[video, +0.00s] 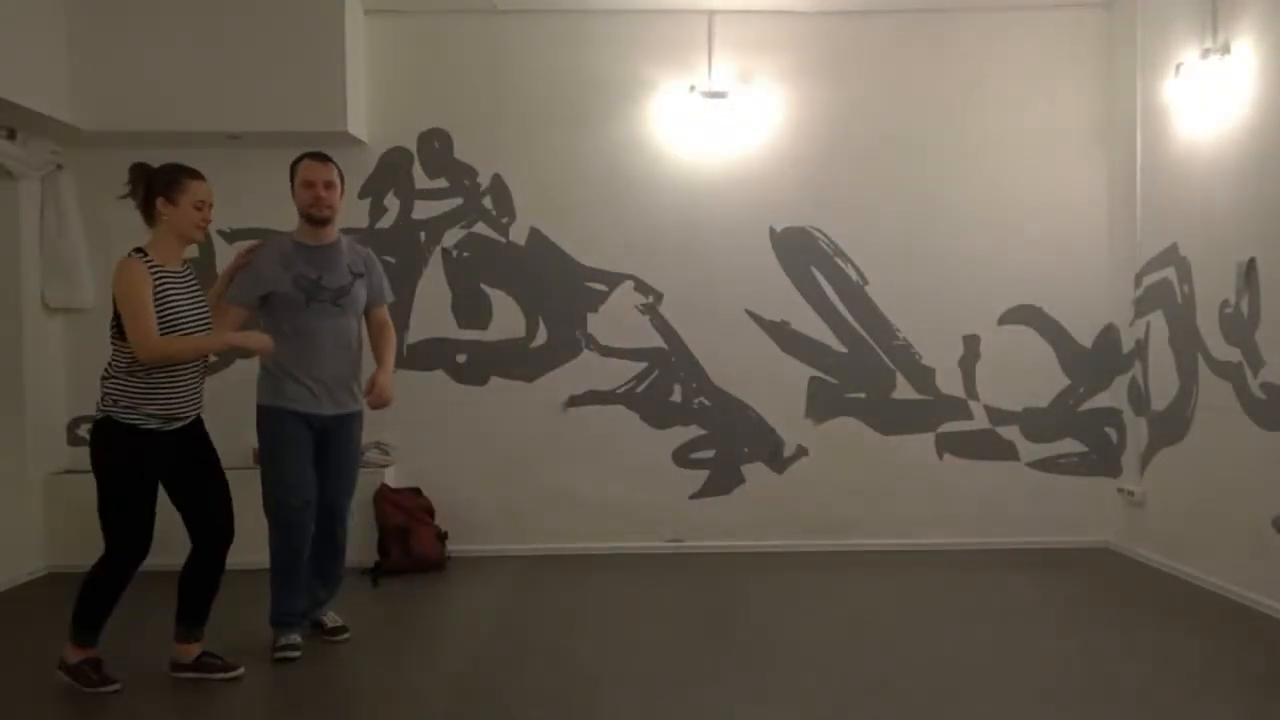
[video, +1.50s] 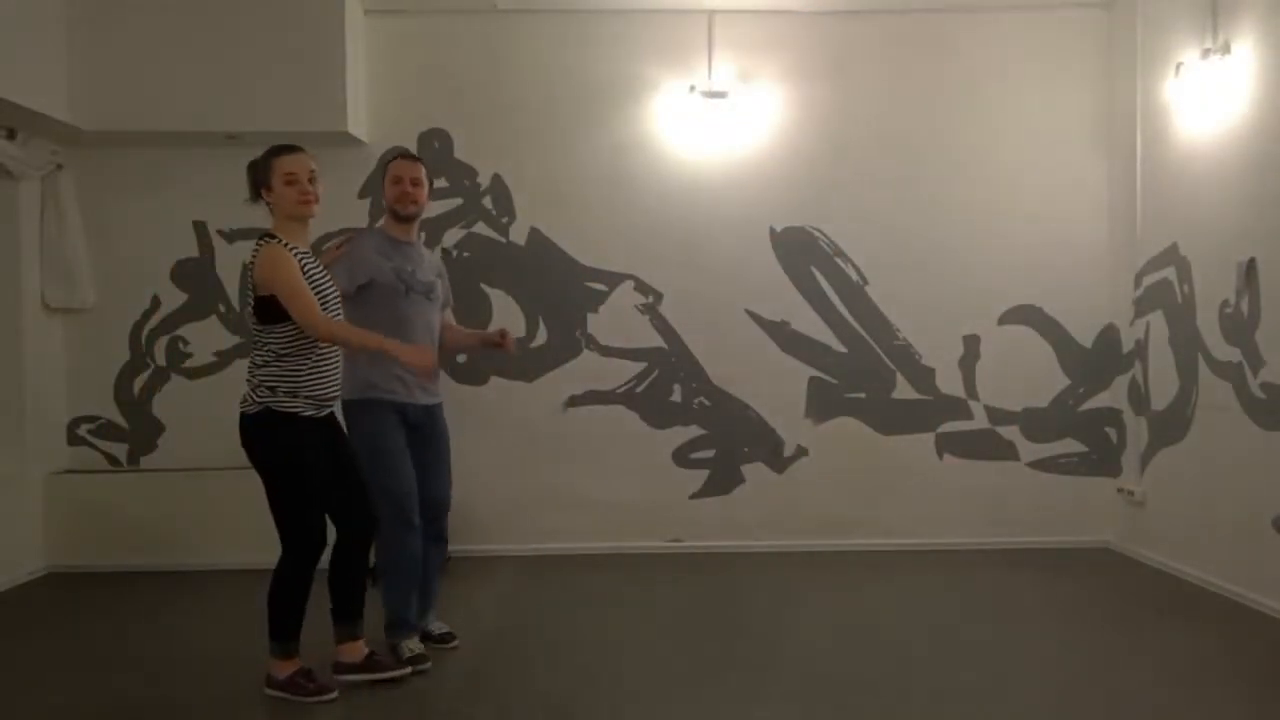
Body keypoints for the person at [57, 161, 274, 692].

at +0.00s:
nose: (208, 217)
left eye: (210, 209)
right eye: (199, 207)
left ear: (179, 212)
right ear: (163, 206)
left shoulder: (186, 272)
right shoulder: (135, 269)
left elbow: (197, 337)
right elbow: (148, 348)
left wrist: (229, 279)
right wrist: (227, 341)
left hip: (181, 429)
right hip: (125, 431)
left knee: (214, 530)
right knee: (128, 545)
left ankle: (187, 650)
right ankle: (77, 651)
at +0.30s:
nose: (238, 216)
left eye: (240, 207)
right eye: (230, 206)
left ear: (214, 211)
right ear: (194, 207)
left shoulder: (206, 268)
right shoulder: (170, 268)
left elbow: (214, 330)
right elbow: (155, 353)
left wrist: (243, 276)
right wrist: (186, 423)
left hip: (209, 425)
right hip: (165, 428)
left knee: (214, 542)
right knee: (201, 541)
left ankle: (176, 654)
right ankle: (133, 624)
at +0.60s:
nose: (278, 215)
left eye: (280, 207)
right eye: (271, 205)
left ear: (247, 211)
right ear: (235, 206)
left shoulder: (251, 270)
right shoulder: (205, 268)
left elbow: (256, 323)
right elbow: (155, 340)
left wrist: (294, 271)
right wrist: (126, 412)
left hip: (237, 429)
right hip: (207, 431)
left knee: (201, 543)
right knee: (274, 537)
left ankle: (174, 654)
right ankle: (280, 667)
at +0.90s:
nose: (312, 211)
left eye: (314, 202)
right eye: (304, 201)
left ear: (281, 205)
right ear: (269, 201)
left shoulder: (291, 264)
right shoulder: (244, 273)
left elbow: (302, 310)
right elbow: (224, 364)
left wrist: (329, 268)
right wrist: (224, 442)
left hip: (301, 426)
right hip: (262, 429)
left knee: (328, 537)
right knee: (293, 544)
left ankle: (235, 615)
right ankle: (282, 667)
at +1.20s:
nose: (329, 193)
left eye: (328, 183)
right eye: (318, 184)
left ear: (297, 195)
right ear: (284, 194)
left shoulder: (307, 256)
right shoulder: (272, 264)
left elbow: (311, 316)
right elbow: (301, 345)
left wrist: (333, 266)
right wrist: (386, 359)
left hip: (323, 421)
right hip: (283, 424)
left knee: (355, 531)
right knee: (307, 541)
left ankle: (358, 661)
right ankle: (282, 667)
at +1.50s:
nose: (307, 189)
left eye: (312, 180)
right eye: (292, 182)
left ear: (319, 189)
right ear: (267, 194)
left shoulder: (300, 254)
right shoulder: (273, 255)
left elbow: (294, 315)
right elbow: (314, 323)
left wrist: (324, 263)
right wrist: (396, 348)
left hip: (316, 417)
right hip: (277, 420)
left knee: (357, 524)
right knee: (304, 541)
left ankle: (350, 651)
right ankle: (282, 665)